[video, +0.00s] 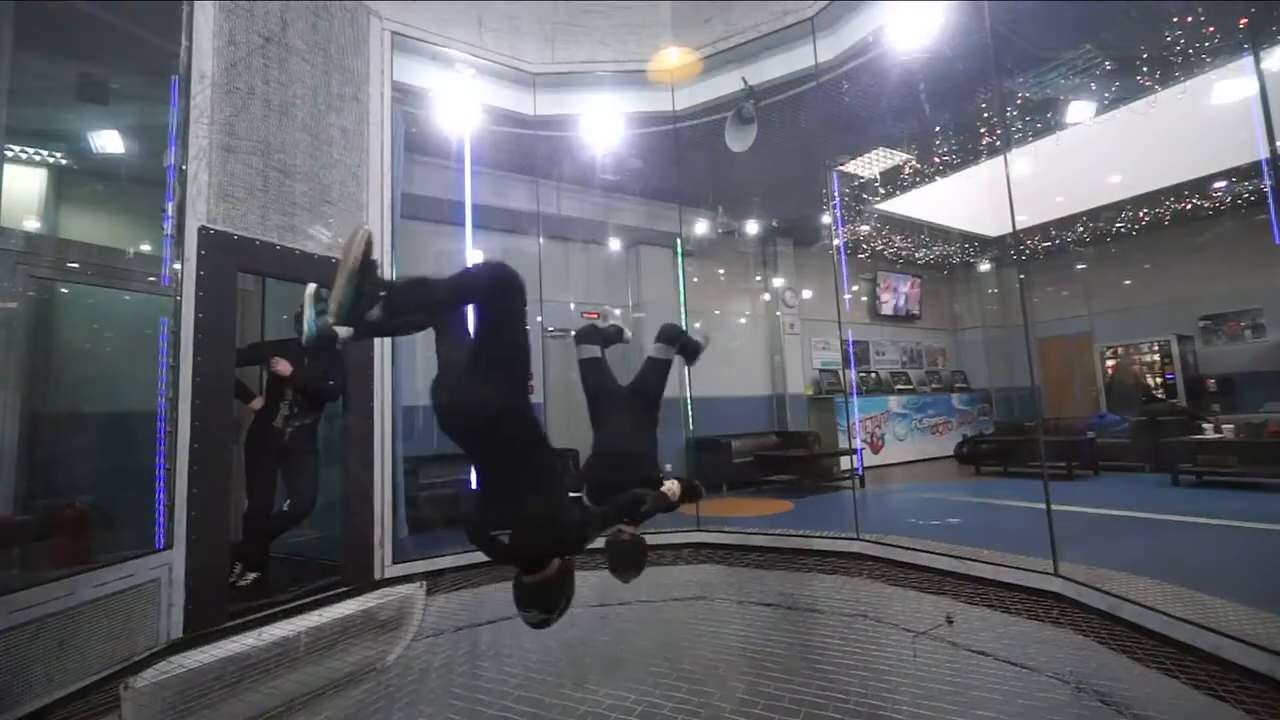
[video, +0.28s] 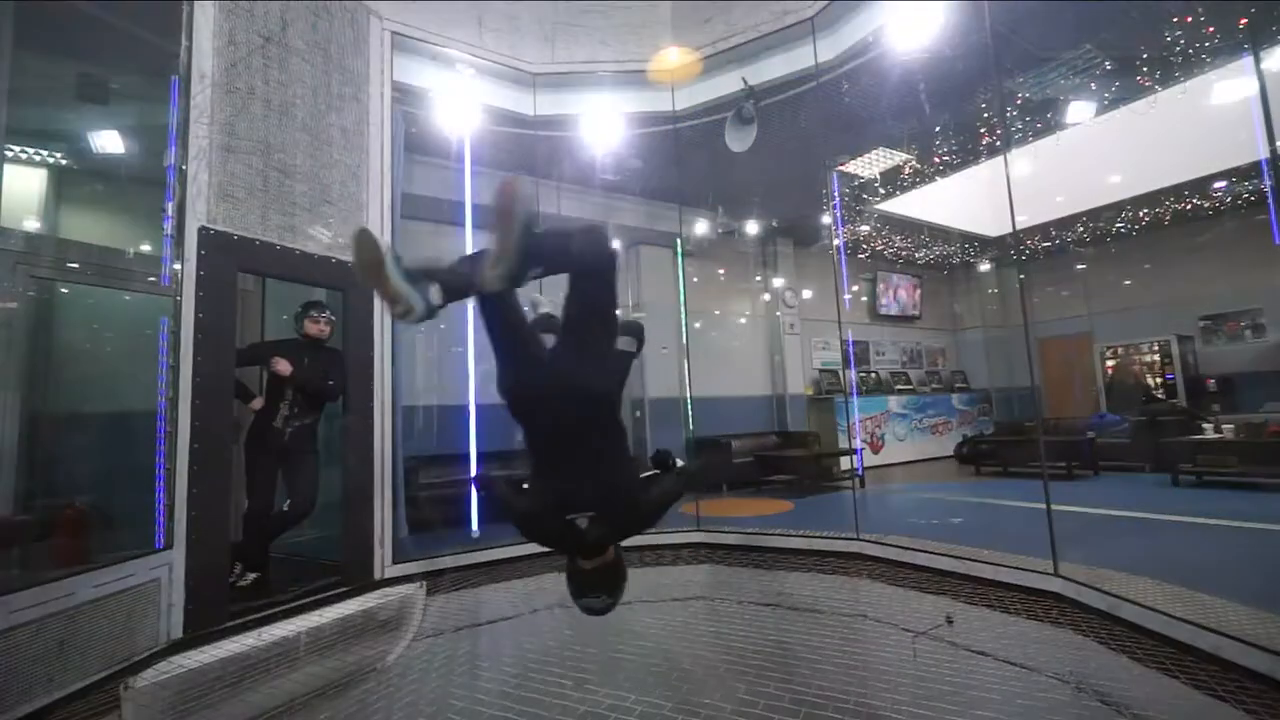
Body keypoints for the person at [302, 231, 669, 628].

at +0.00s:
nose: (545, 582)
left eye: (535, 593)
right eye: (553, 590)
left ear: (523, 582)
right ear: (564, 577)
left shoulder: (489, 537)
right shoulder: (565, 532)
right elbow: (622, 510)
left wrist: (662, 495)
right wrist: (664, 496)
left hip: (460, 413)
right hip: (508, 405)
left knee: (442, 307)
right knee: (500, 280)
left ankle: (344, 323)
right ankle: (378, 296)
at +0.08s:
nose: (548, 582)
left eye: (543, 593)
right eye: (556, 592)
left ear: (541, 578)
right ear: (575, 576)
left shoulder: (519, 546)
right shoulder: (578, 534)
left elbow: (483, 516)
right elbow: (631, 509)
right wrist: (669, 489)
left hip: (482, 419)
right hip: (529, 400)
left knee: (450, 293)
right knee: (523, 271)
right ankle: (400, 295)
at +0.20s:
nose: (586, 576)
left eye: (575, 587)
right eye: (596, 585)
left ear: (558, 573)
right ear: (604, 569)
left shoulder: (524, 528)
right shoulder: (618, 522)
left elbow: (472, 492)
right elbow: (678, 486)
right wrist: (676, 471)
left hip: (513, 412)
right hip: (573, 403)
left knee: (466, 289)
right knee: (565, 257)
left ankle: (385, 299)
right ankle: (469, 275)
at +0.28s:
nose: (591, 571)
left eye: (587, 589)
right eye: (601, 590)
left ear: (575, 570)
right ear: (615, 566)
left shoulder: (546, 528)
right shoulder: (635, 516)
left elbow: (496, 487)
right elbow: (683, 478)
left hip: (530, 398)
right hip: (592, 393)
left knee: (494, 273)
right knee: (596, 244)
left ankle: (425, 292)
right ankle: (520, 255)